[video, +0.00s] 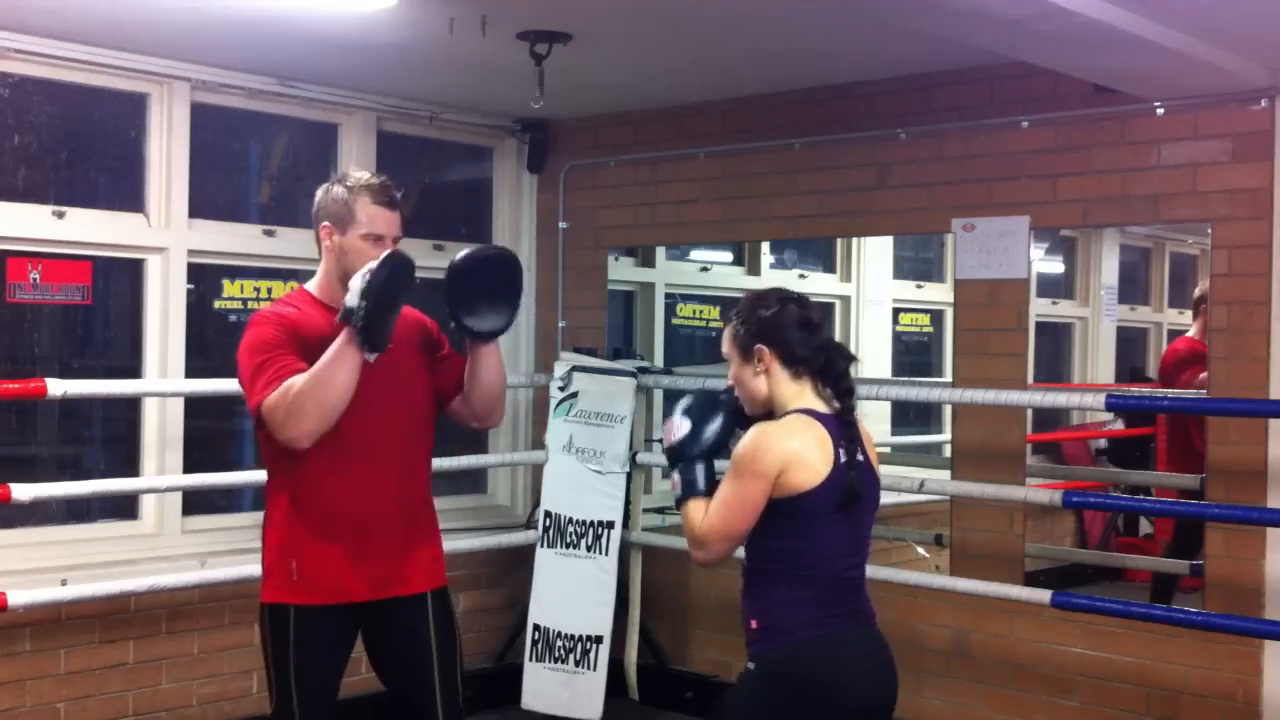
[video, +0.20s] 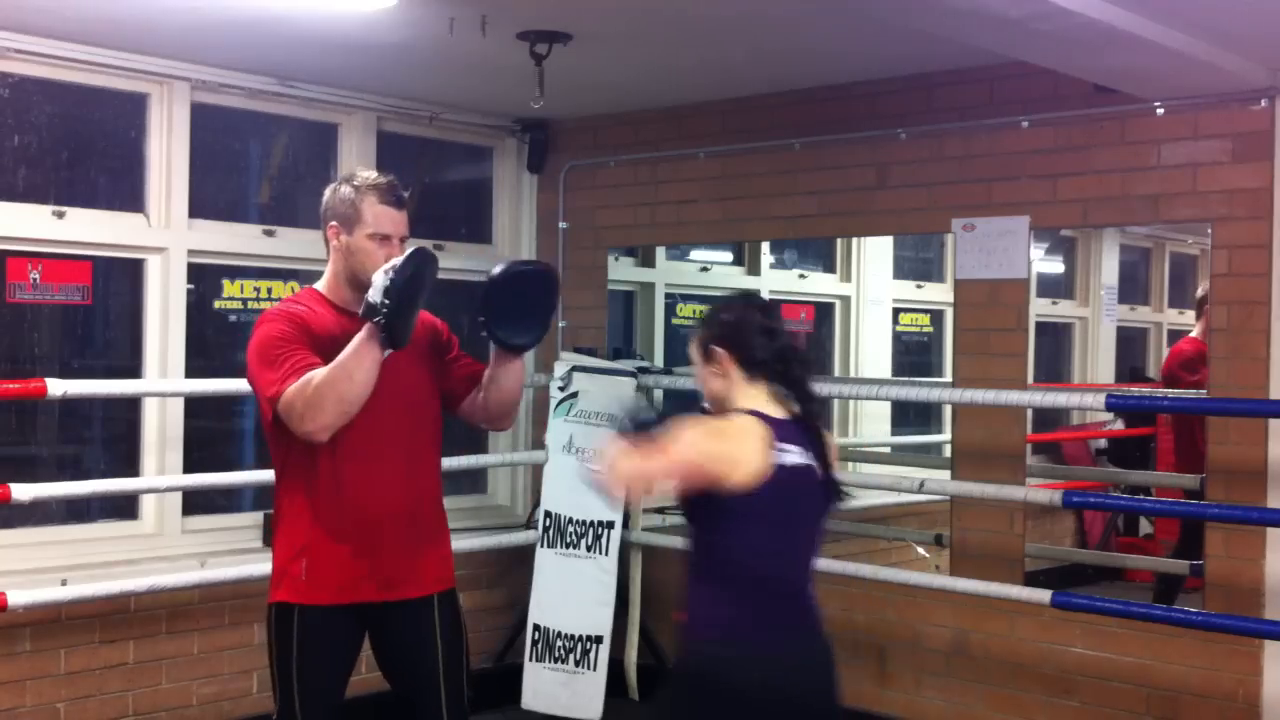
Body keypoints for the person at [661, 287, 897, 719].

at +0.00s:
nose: (729, 379)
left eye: (731, 362)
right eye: (727, 363)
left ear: (763, 360)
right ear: (809, 357)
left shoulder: (769, 443)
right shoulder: (858, 433)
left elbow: (705, 546)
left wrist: (689, 462)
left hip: (791, 676)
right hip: (864, 665)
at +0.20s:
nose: (701, 386)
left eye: (699, 370)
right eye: (697, 372)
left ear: (722, 363)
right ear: (774, 358)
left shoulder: (723, 437)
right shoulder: (814, 440)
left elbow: (629, 473)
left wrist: (619, 451)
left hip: (723, 662)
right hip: (800, 659)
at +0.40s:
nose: (651, 368)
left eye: (650, 357)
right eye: (648, 357)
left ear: (667, 354)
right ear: (725, 351)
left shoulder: (642, 423)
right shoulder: (772, 440)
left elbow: (525, 447)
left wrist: (533, 408)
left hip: (663, 649)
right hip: (746, 651)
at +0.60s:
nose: (582, 363)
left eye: (585, 354)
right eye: (584, 353)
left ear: (598, 364)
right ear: (654, 363)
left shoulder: (563, 422)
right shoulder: (696, 452)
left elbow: (492, 405)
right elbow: (738, 531)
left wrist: (509, 348)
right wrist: (696, 496)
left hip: (592, 669)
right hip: (680, 668)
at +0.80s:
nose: (493, 378)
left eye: (498, 363)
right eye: (492, 363)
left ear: (534, 364)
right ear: (536, 366)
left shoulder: (601, 449)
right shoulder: (540, 434)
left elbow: (592, 573)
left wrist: (523, 514)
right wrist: (506, 475)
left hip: (639, 674)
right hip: (599, 666)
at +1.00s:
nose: (482, 389)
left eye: (483, 373)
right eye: (479, 374)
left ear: (511, 371)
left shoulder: (566, 456)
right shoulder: (586, 427)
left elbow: (502, 566)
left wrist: (475, 479)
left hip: (620, 679)